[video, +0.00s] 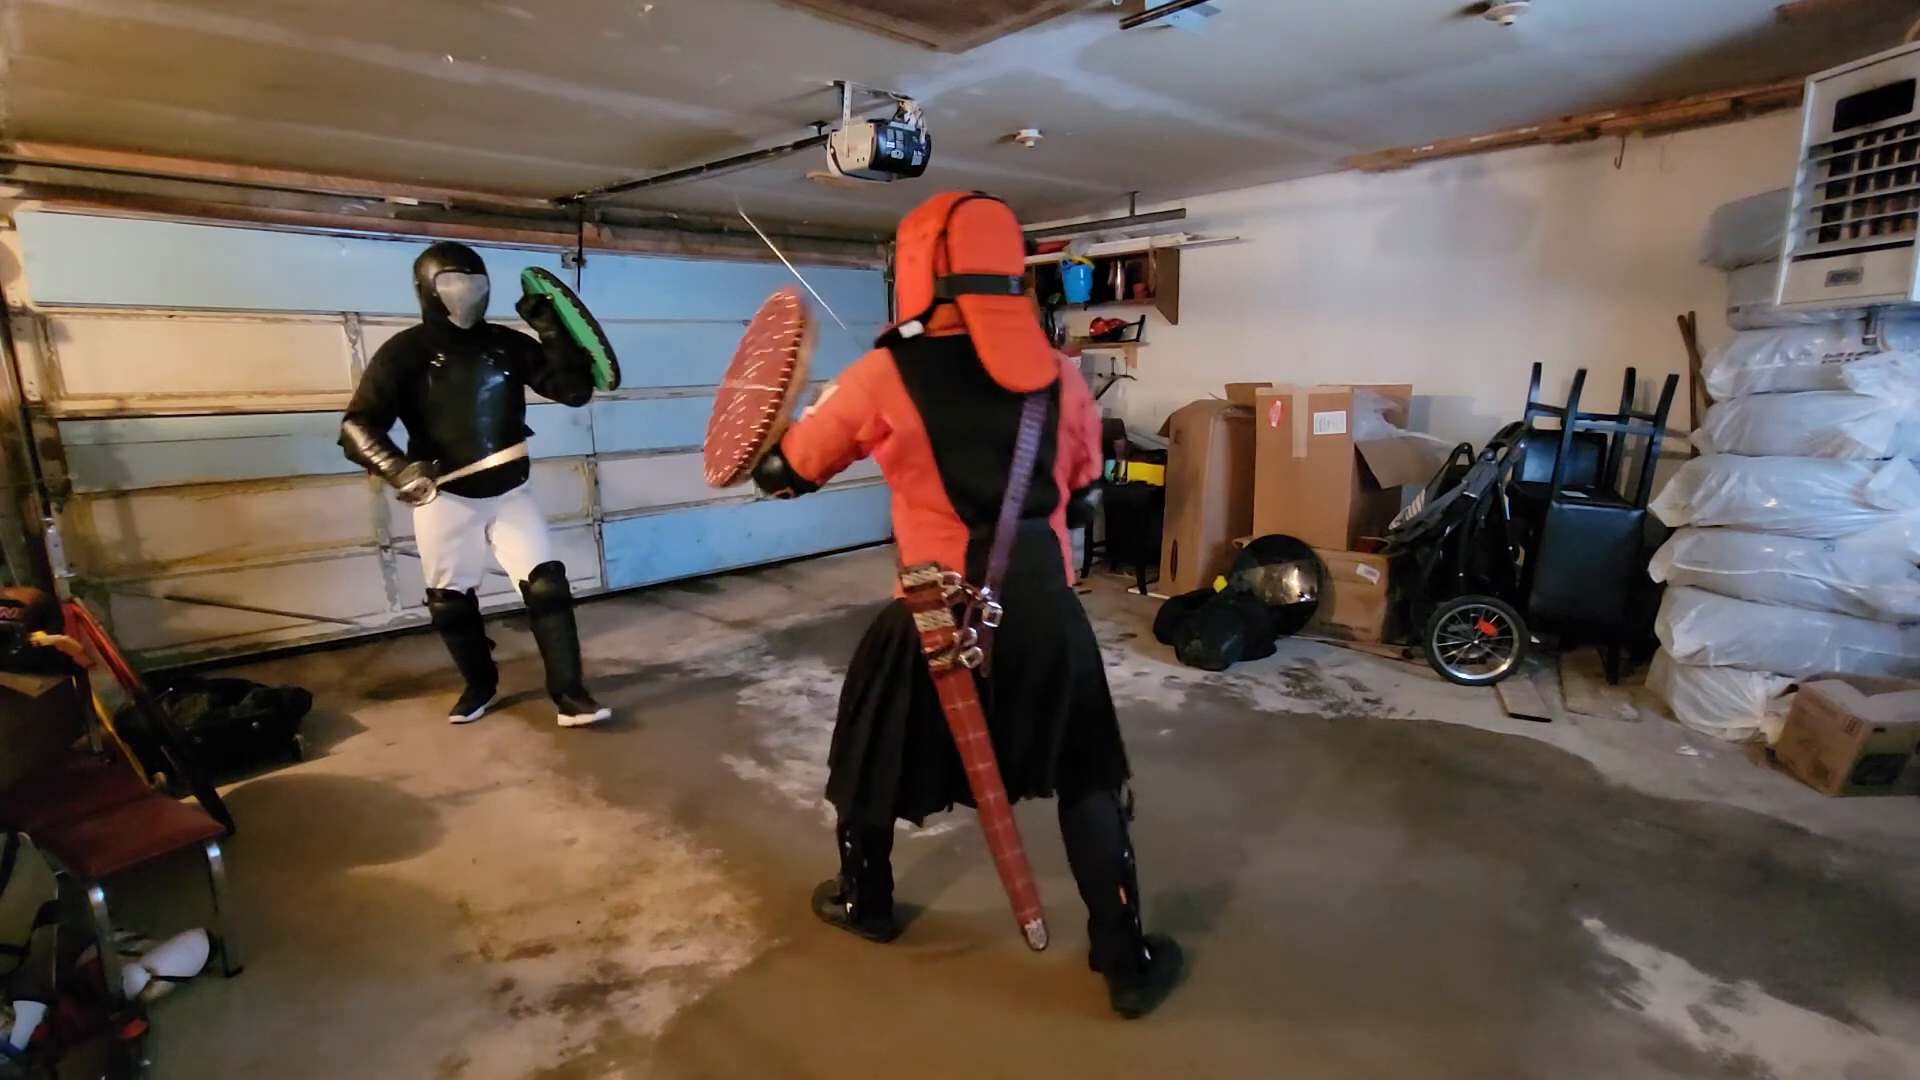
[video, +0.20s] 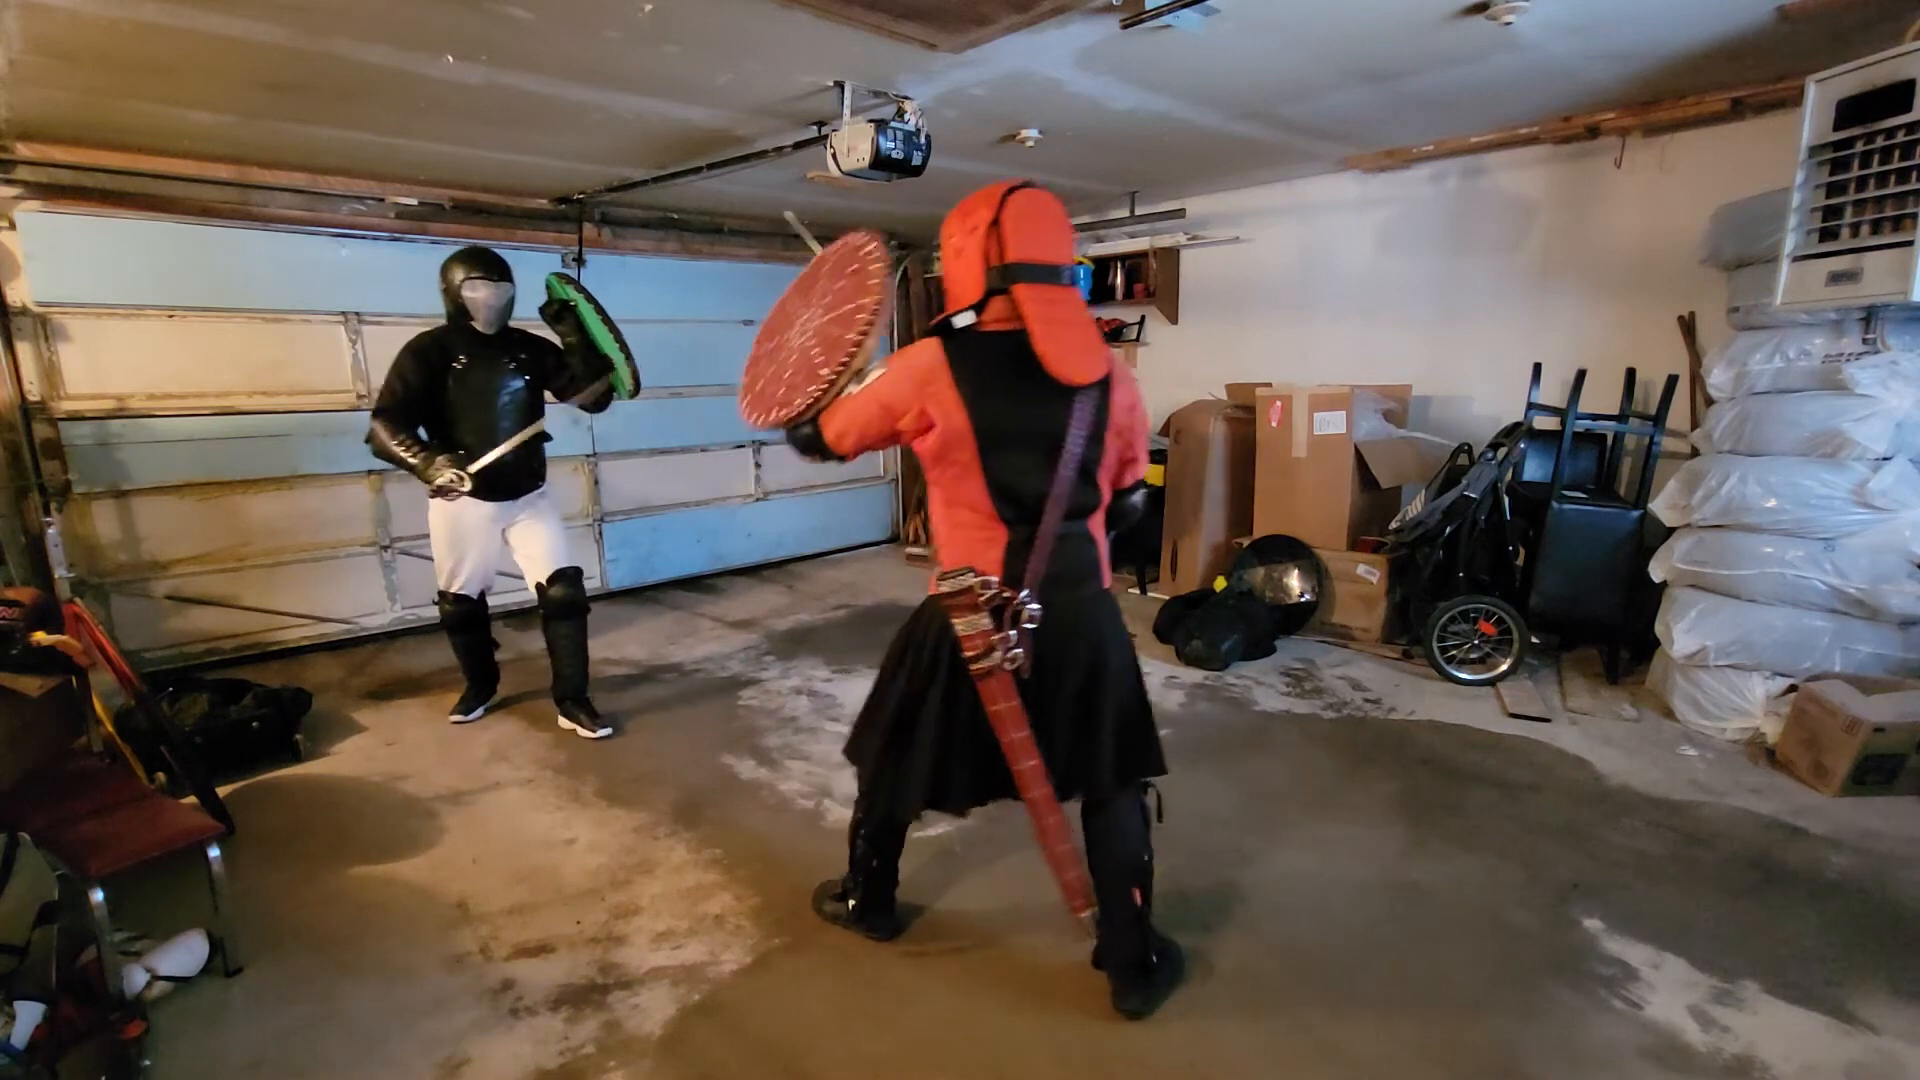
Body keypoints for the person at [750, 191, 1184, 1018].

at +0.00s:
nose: (896, 281)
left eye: (903, 267)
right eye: (900, 266)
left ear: (924, 274)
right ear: (1010, 272)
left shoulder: (886, 373)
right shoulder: (1061, 376)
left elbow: (803, 459)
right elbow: (1081, 482)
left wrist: (773, 453)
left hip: (933, 612)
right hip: (1046, 610)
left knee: (870, 744)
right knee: (1087, 772)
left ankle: (868, 897)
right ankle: (1126, 962)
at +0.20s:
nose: (943, 273)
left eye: (949, 260)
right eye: (950, 260)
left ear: (970, 267)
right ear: (1062, 264)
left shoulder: (934, 366)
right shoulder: (1107, 377)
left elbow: (833, 433)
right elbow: (1124, 489)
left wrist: (809, 391)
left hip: (967, 614)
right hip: (1080, 612)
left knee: (897, 746)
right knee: (1112, 774)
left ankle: (871, 893)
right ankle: (1131, 961)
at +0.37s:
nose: (970, 263)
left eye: (976, 249)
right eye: (976, 249)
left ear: (995, 255)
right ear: (1088, 254)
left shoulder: (960, 354)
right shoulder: (1135, 368)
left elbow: (849, 411)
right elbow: (1146, 500)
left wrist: (820, 374)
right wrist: (1123, 576)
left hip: (985, 600)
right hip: (1100, 603)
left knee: (912, 724)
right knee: (1123, 771)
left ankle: (876, 876)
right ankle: (1134, 960)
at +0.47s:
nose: (970, 263)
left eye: (976, 249)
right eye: (976, 250)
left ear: (994, 256)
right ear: (1087, 254)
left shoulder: (959, 354)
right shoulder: (1132, 365)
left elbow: (854, 413)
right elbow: (1146, 488)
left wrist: (825, 377)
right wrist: (1129, 566)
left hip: (985, 599)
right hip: (1097, 601)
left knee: (918, 725)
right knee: (1119, 770)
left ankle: (873, 867)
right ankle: (1134, 961)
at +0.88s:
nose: (882, 277)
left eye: (888, 264)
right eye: (891, 265)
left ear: (904, 268)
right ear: (988, 266)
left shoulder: (869, 362)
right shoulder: (1038, 365)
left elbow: (786, 453)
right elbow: (1061, 484)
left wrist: (756, 424)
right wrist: (994, 499)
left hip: (914, 590)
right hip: (1020, 586)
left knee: (867, 719)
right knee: (1076, 755)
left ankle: (864, 867)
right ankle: (1122, 941)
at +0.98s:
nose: (866, 278)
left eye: (871, 266)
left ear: (886, 268)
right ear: (971, 266)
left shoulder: (854, 363)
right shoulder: (1021, 363)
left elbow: (764, 466)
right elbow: (1044, 488)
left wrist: (753, 411)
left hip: (904, 590)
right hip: (1011, 585)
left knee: (862, 724)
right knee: (1068, 740)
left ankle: (862, 867)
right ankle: (1105, 920)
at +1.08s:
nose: (864, 279)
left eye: (869, 267)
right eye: (872, 268)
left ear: (883, 269)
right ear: (966, 267)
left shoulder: (850, 363)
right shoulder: (1017, 362)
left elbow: (767, 470)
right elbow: (1042, 488)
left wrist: (756, 436)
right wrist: (977, 489)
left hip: (903, 582)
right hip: (1008, 577)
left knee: (861, 721)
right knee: (1060, 734)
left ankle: (861, 864)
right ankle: (1094, 915)